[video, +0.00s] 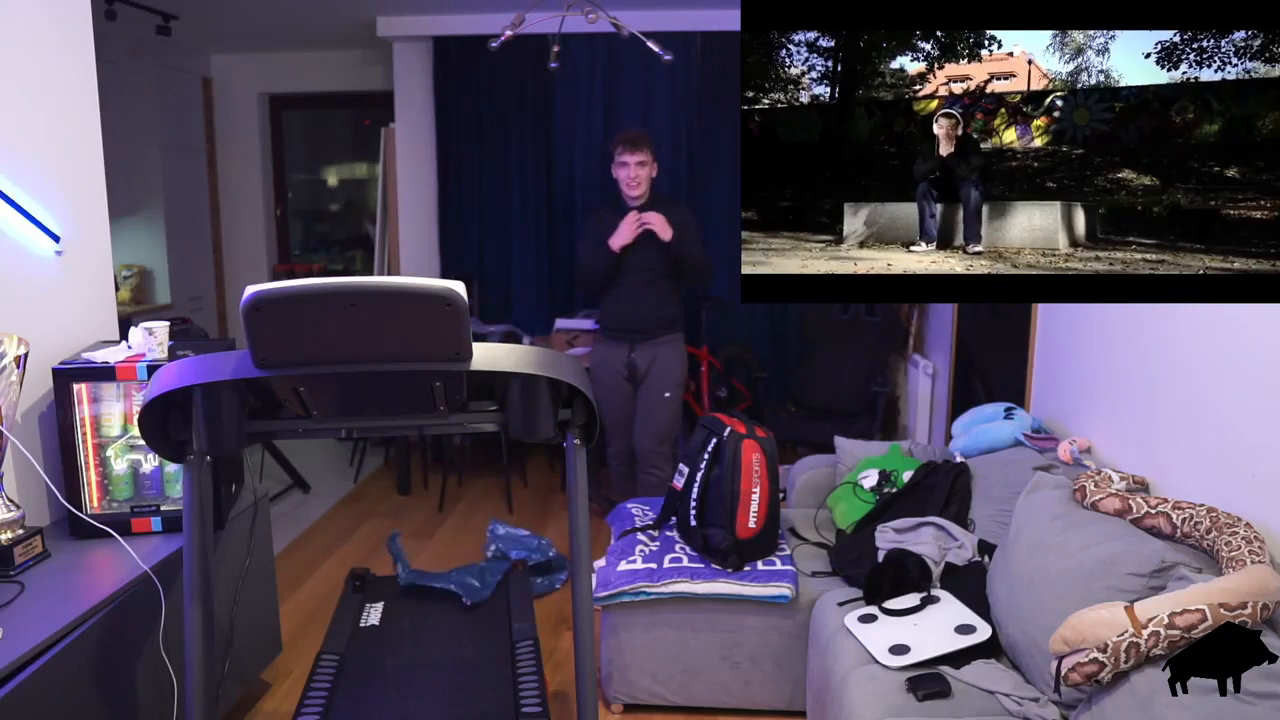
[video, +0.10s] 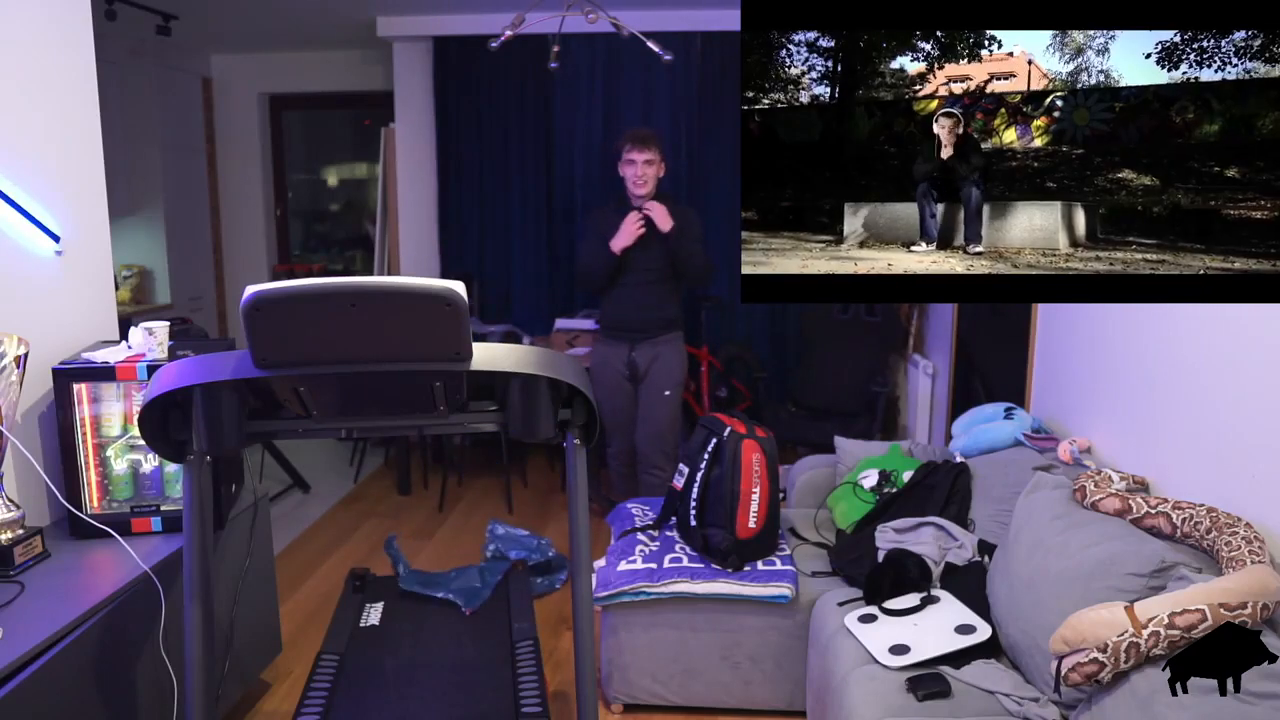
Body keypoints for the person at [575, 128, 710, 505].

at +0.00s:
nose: (632, 174)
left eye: (640, 165)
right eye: (623, 165)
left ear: (654, 169)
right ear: (613, 172)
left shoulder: (675, 217)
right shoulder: (601, 220)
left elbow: (699, 274)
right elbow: (587, 282)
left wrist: (671, 237)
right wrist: (613, 243)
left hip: (664, 347)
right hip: (610, 348)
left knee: (652, 449)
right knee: (618, 450)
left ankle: (655, 538)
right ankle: (625, 536)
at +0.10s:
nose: (639, 171)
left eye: (648, 163)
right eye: (631, 163)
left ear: (661, 169)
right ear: (620, 170)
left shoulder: (681, 219)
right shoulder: (604, 219)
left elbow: (698, 276)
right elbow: (587, 280)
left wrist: (670, 231)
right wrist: (615, 245)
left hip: (663, 347)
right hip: (610, 348)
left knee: (656, 450)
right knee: (618, 451)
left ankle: (658, 538)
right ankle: (626, 538)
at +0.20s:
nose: (647, 172)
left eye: (656, 164)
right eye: (639, 163)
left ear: (669, 171)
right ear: (628, 169)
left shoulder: (685, 220)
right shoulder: (608, 217)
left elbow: (701, 280)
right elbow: (587, 278)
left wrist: (674, 228)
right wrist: (617, 243)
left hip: (662, 348)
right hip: (610, 348)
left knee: (656, 452)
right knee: (617, 452)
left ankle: (656, 540)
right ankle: (623, 539)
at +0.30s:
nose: (654, 173)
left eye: (664, 166)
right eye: (647, 164)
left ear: (677, 173)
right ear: (636, 167)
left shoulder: (689, 221)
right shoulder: (613, 217)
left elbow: (704, 283)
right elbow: (587, 275)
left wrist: (676, 229)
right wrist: (617, 238)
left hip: (662, 348)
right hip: (609, 348)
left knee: (656, 451)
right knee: (613, 450)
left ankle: (656, 537)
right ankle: (620, 533)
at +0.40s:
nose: (658, 175)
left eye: (668, 168)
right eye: (652, 165)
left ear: (681, 176)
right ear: (640, 168)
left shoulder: (692, 222)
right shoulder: (617, 213)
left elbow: (705, 281)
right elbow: (585, 268)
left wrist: (676, 227)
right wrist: (613, 230)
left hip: (661, 348)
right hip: (609, 346)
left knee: (654, 450)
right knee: (603, 448)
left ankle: (655, 537)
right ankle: (617, 528)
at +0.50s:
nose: (657, 180)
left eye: (667, 172)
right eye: (651, 171)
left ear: (682, 176)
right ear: (641, 171)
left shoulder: (691, 219)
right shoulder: (623, 212)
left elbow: (700, 276)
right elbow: (583, 262)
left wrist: (672, 219)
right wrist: (613, 220)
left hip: (660, 348)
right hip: (609, 345)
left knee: (654, 451)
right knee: (599, 446)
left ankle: (654, 538)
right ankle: (606, 527)